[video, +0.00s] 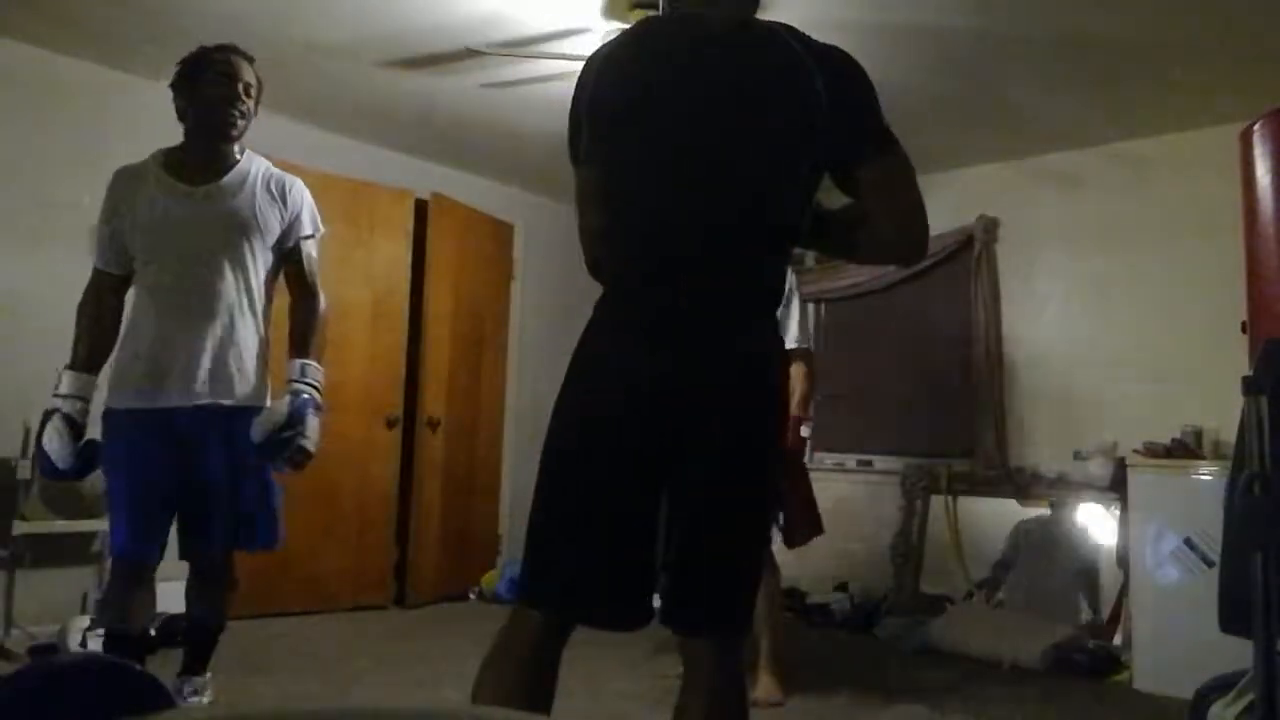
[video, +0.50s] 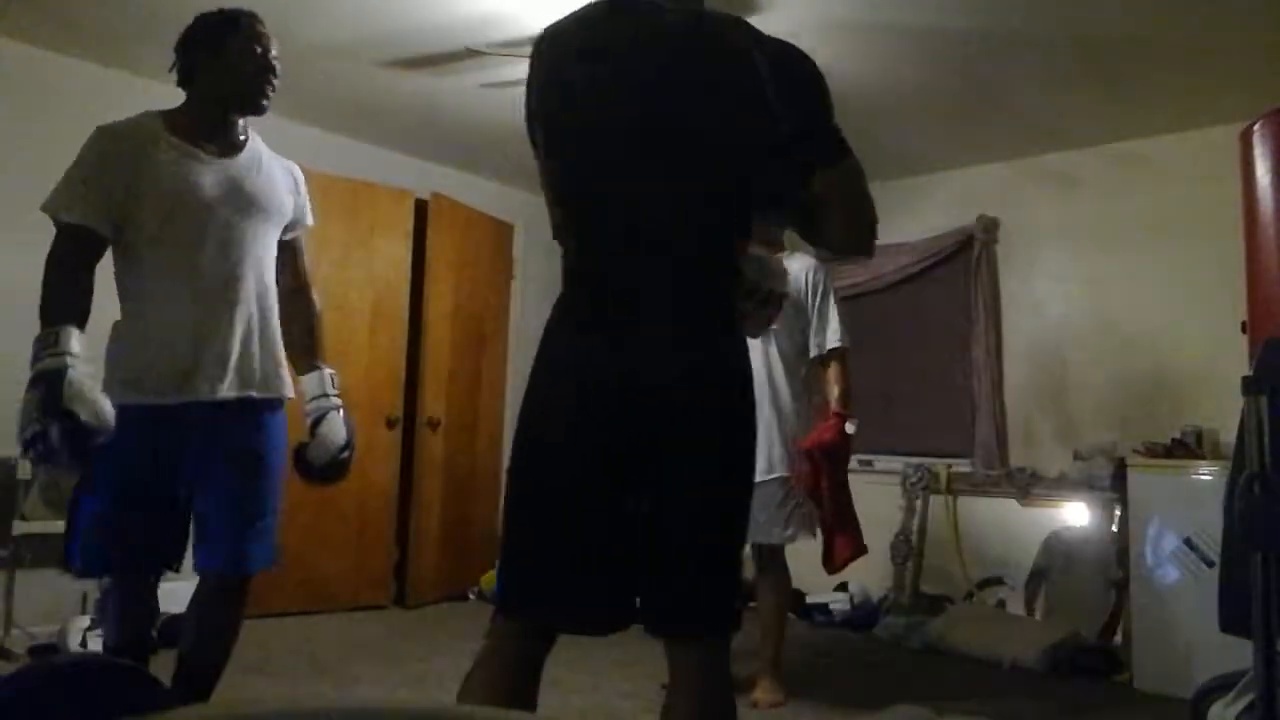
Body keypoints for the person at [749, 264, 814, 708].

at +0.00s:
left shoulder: (779, 277)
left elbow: (799, 356)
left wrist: (793, 426)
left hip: (757, 429)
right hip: (705, 421)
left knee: (759, 554)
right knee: (712, 552)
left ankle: (766, 668)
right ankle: (716, 668)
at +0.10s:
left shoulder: (786, 272)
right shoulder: (708, 276)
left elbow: (803, 353)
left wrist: (805, 410)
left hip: (762, 424)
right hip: (708, 418)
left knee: (760, 552)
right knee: (714, 547)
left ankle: (766, 668)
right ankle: (720, 670)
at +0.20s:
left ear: (769, 217)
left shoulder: (791, 267)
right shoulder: (701, 269)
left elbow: (812, 351)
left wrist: (811, 418)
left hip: (767, 430)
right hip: (707, 427)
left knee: (764, 553)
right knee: (713, 548)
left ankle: (767, 667)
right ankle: (714, 670)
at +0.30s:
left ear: (773, 216)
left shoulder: (796, 268)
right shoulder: (707, 266)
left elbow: (820, 351)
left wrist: (821, 420)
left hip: (776, 434)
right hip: (715, 431)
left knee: (768, 555)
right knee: (717, 550)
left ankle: (767, 669)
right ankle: (713, 672)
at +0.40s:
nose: (748, 216)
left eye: (754, 208)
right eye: (742, 207)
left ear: (771, 213)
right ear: (727, 214)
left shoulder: (802, 268)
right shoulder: (713, 269)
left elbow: (828, 349)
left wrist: (831, 412)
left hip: (776, 441)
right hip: (718, 439)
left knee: (768, 556)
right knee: (717, 556)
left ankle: (768, 670)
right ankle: (706, 672)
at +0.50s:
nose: (752, 236)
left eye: (756, 225)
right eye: (745, 228)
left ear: (769, 221)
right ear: (728, 227)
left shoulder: (803, 272)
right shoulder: (711, 269)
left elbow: (830, 355)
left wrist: (833, 422)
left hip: (774, 445)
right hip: (716, 444)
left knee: (768, 557)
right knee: (713, 561)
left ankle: (769, 671)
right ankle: (700, 673)